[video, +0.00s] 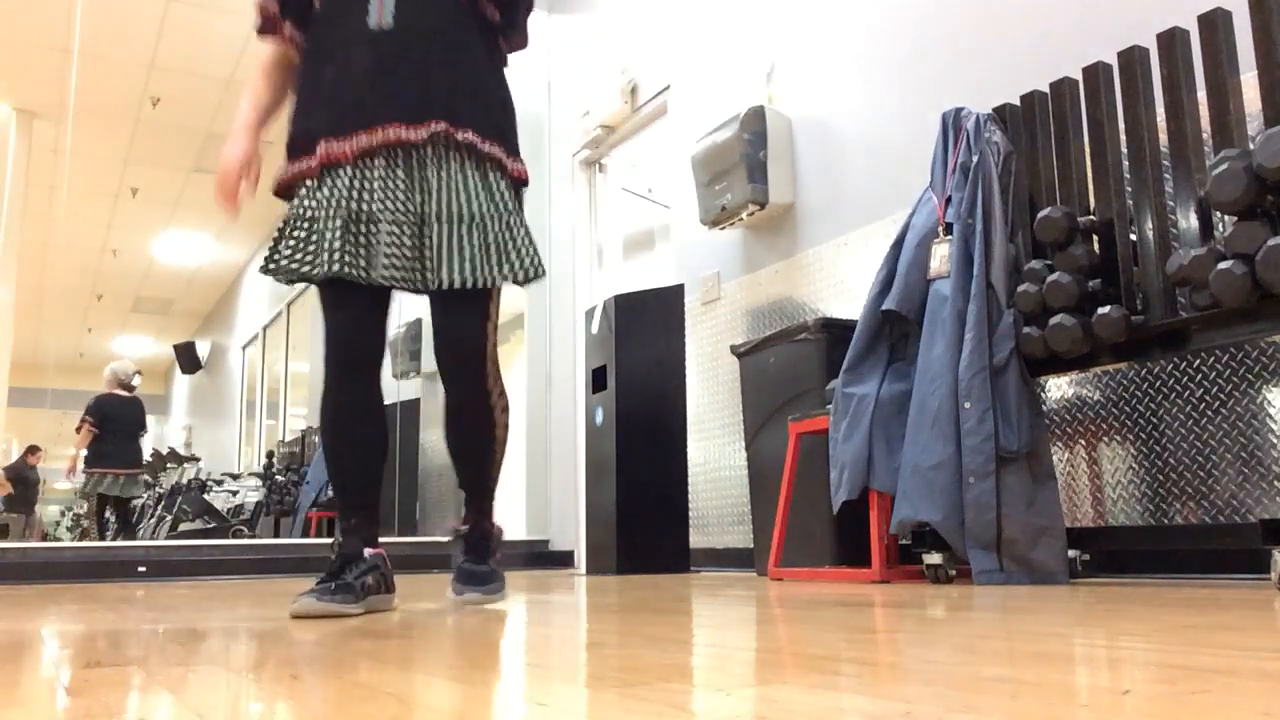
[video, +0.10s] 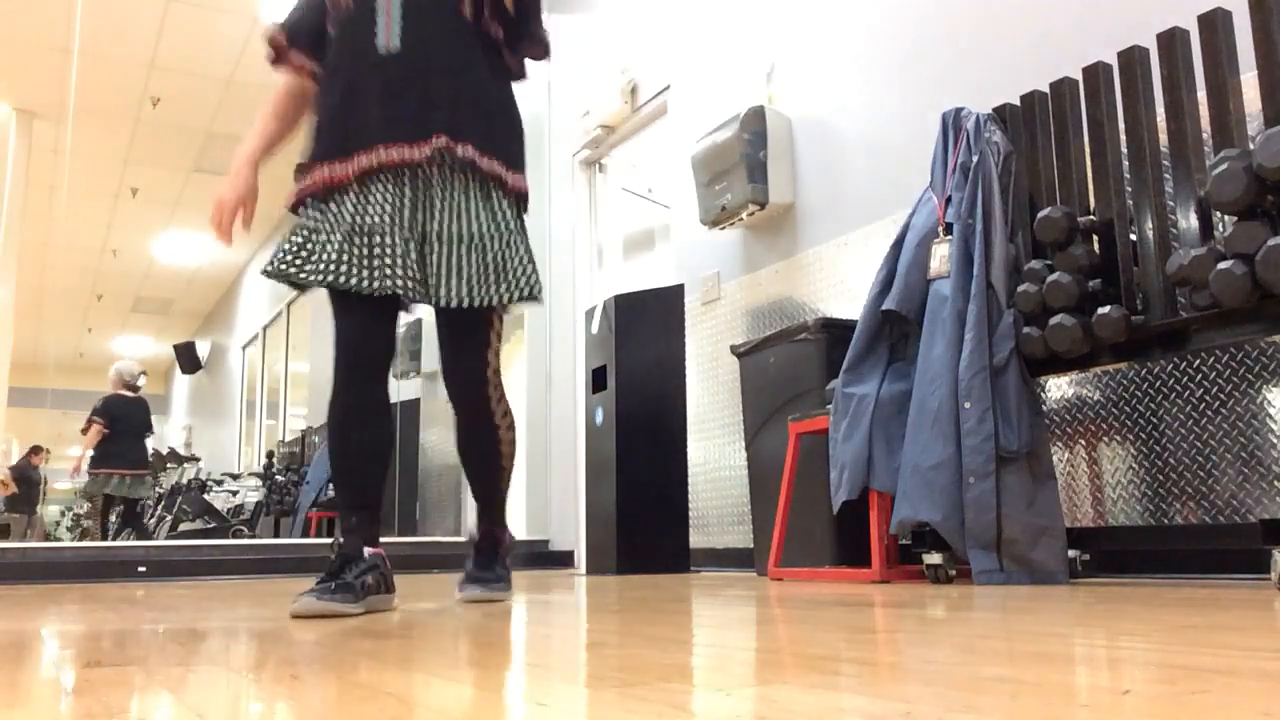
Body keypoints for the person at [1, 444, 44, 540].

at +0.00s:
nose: (39, 461)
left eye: (40, 458)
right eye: (38, 457)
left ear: (30, 455)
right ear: (29, 455)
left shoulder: (33, 467)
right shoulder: (18, 466)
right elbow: (2, 474)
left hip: (29, 508)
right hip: (16, 509)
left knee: (35, 535)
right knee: (15, 538)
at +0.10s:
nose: (41, 461)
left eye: (42, 459)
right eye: (40, 458)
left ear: (33, 456)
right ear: (32, 456)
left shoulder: (35, 468)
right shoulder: (21, 467)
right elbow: (6, 476)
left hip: (31, 509)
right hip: (18, 510)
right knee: (17, 540)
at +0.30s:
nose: (55, 462)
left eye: (55, 460)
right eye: (54, 459)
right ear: (44, 457)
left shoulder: (46, 469)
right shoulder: (34, 465)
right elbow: (20, 474)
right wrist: (25, 489)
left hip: (44, 508)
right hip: (30, 508)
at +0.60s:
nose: (68, 463)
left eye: (69, 460)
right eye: (68, 460)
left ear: (58, 457)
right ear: (60, 457)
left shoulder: (43, 465)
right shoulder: (55, 469)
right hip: (53, 511)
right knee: (54, 544)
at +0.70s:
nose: (74, 463)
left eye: (75, 461)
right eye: (73, 460)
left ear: (64, 458)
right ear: (65, 458)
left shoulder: (52, 468)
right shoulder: (61, 470)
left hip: (50, 510)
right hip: (60, 511)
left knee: (49, 539)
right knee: (66, 539)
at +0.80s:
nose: (78, 464)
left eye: (79, 461)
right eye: (77, 461)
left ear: (69, 458)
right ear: (70, 458)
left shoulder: (57, 467)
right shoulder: (65, 470)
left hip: (56, 512)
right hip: (65, 513)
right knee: (68, 543)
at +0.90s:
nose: (83, 464)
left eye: (83, 461)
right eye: (82, 460)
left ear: (74, 458)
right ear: (74, 458)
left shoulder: (72, 469)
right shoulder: (65, 468)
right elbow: (53, 481)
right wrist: (58, 496)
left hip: (72, 512)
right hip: (66, 513)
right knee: (66, 543)